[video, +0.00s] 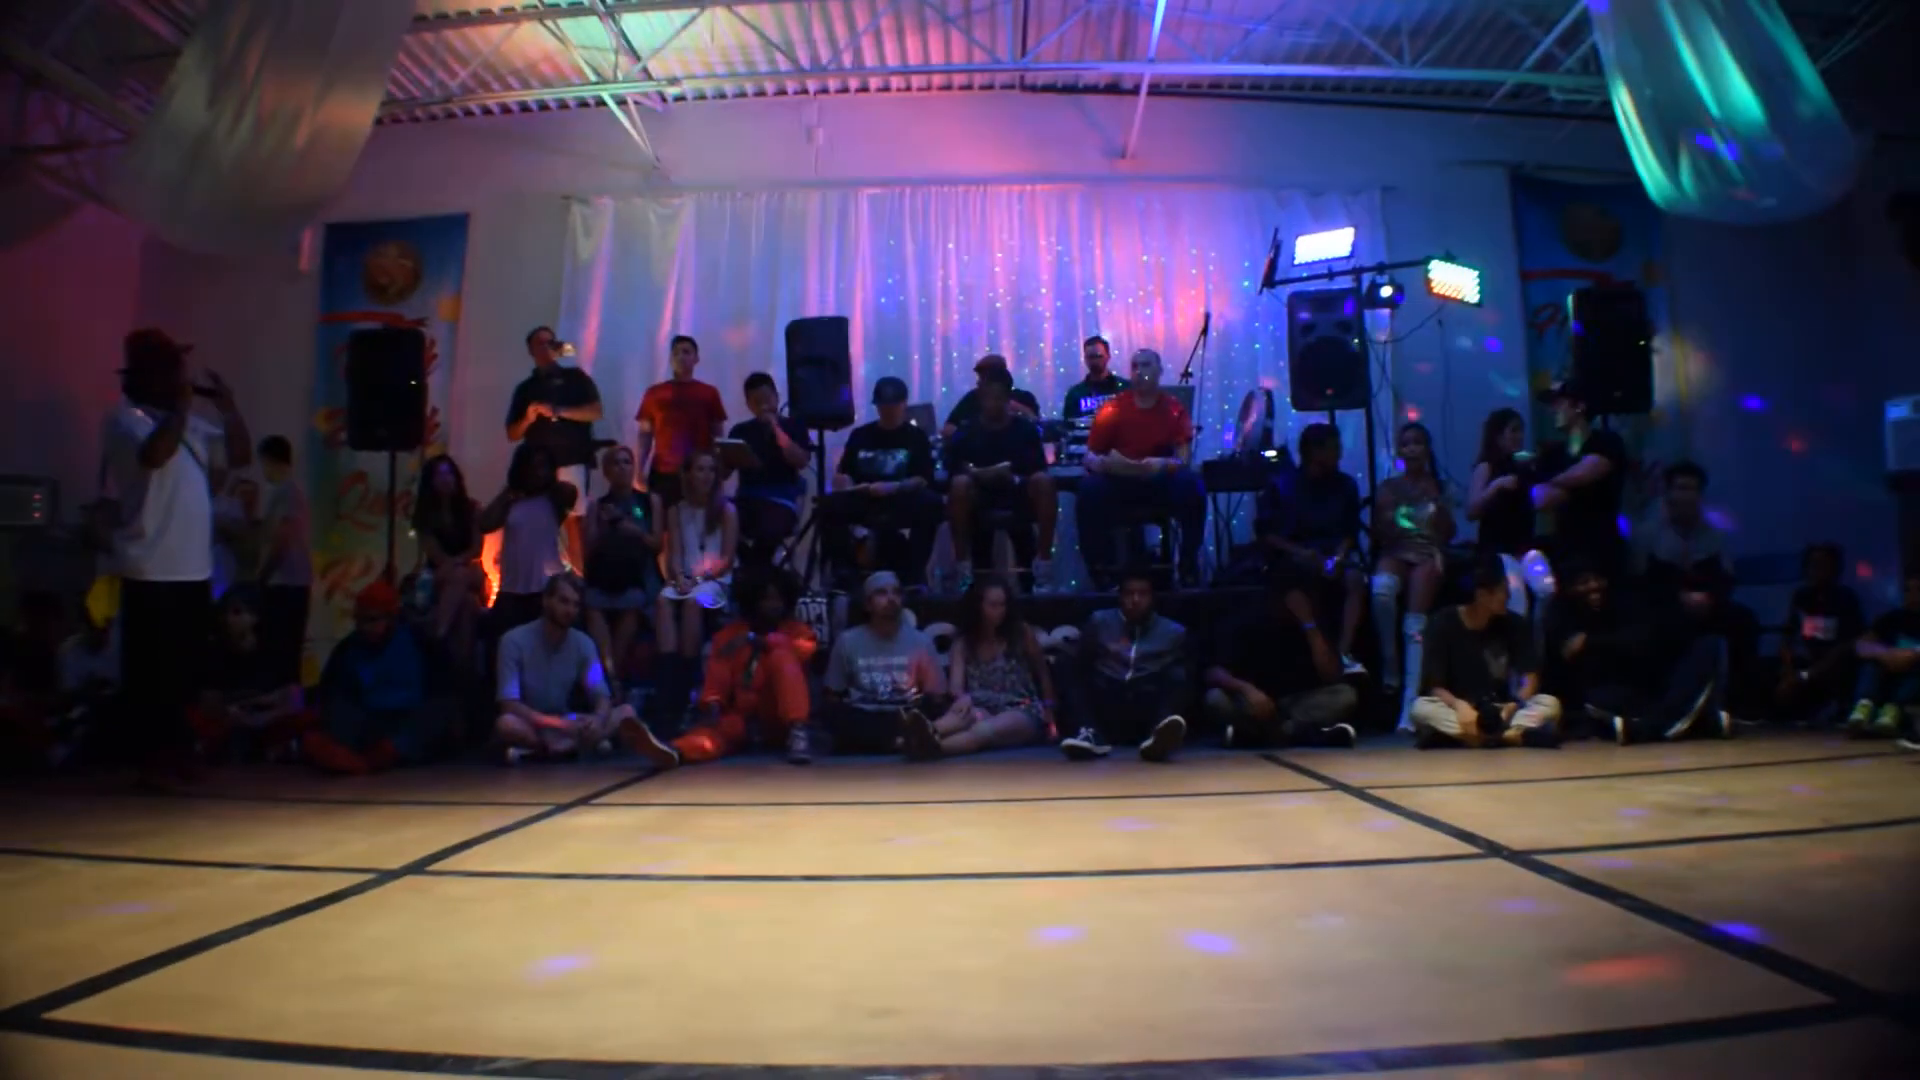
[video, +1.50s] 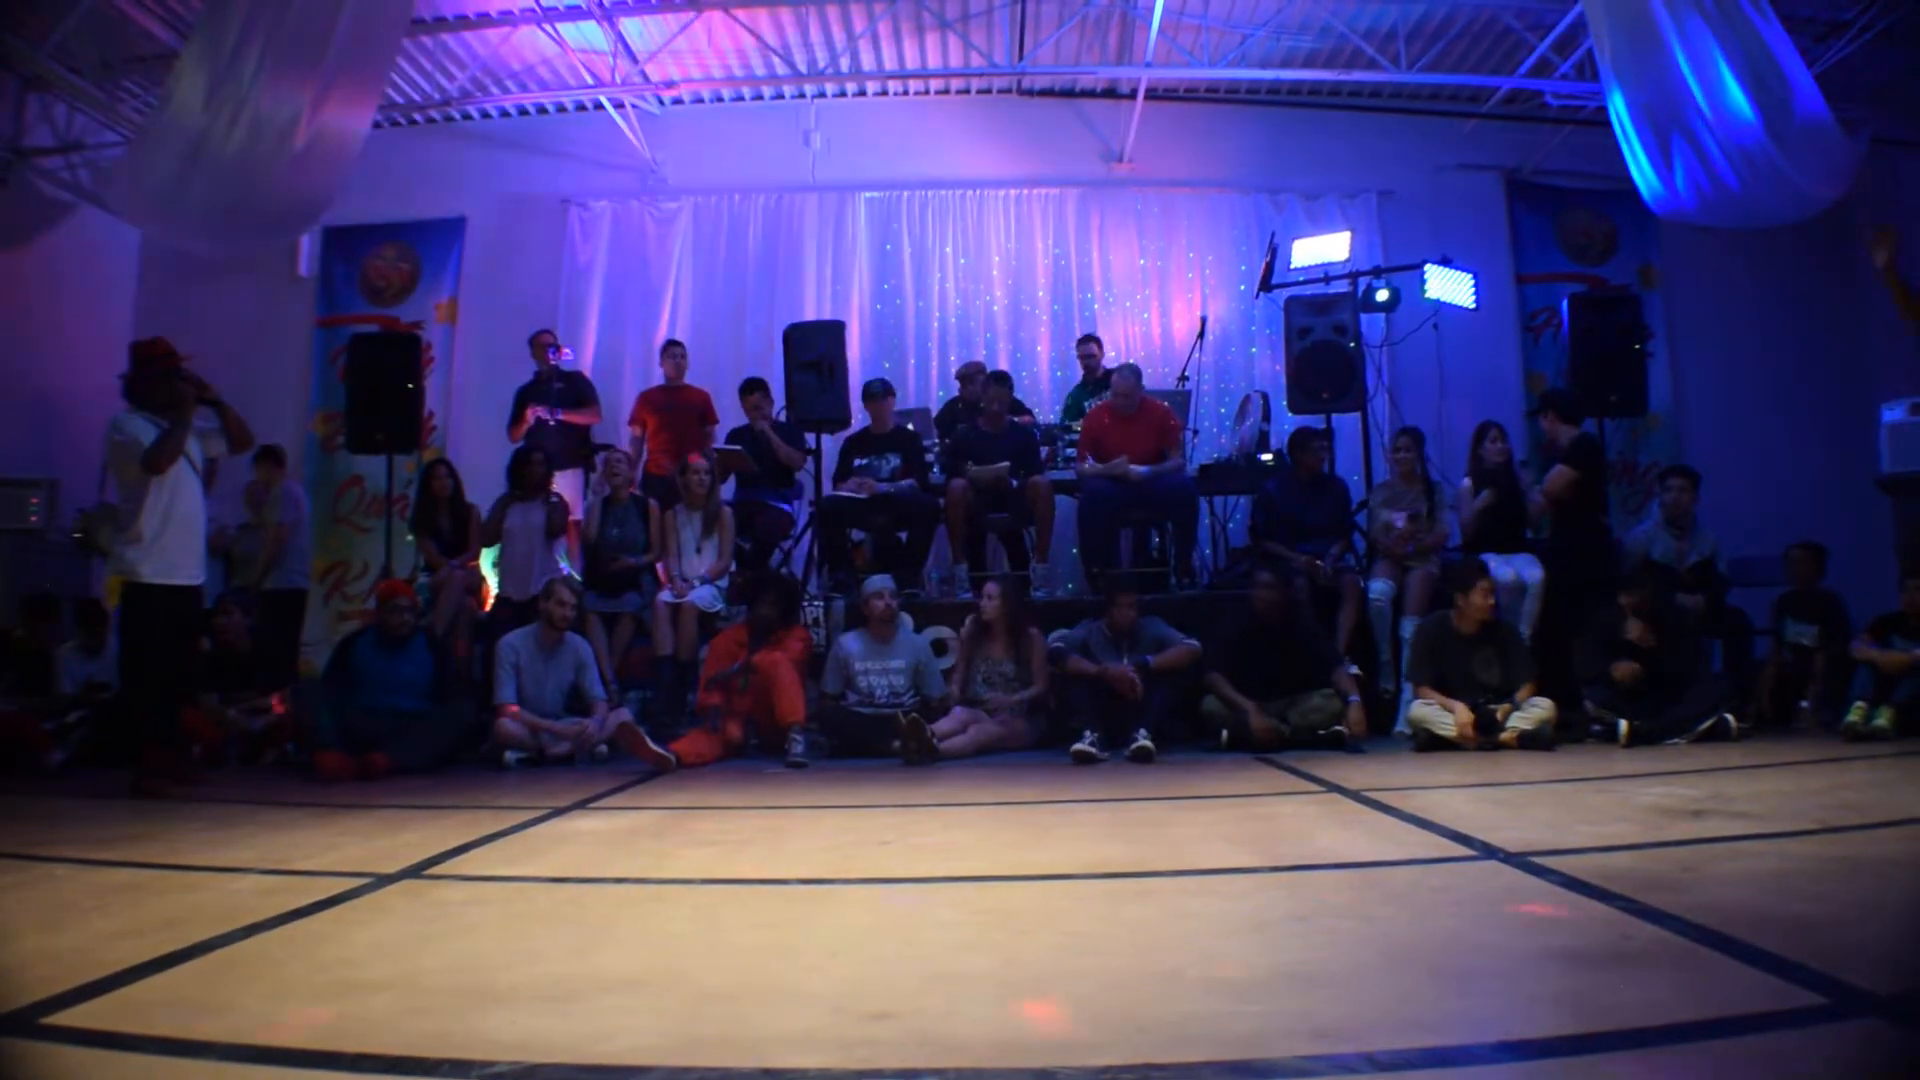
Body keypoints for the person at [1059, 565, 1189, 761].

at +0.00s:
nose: (1135, 600)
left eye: (1142, 594)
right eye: (1129, 594)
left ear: (1151, 598)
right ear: (1120, 598)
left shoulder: (1173, 633)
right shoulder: (1100, 623)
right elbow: (1083, 663)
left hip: (1148, 703)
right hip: (1104, 701)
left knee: (1177, 678)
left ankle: (1158, 736)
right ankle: (1089, 732)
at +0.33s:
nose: (1155, 596)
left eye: (1157, 589)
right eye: (1147, 589)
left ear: (1163, 593)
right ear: (1130, 594)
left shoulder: (1177, 633)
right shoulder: (1104, 629)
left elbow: (1184, 665)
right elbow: (1089, 665)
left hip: (1154, 697)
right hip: (1113, 696)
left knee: (1176, 669)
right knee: (1090, 666)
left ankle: (1160, 738)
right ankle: (1098, 731)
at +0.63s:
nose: (1146, 597)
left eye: (1148, 591)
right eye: (1139, 591)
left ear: (1153, 594)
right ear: (1122, 597)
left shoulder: (1169, 628)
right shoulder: (1101, 630)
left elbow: (1190, 660)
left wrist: (1168, 645)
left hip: (1152, 699)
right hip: (1113, 699)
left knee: (1177, 671)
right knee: (1090, 668)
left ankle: (1159, 736)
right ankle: (1098, 732)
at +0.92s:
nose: (1147, 602)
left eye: (1146, 595)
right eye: (1139, 596)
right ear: (1120, 604)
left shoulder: (1156, 622)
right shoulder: (1095, 626)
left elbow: (1188, 637)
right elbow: (1060, 644)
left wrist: (1152, 638)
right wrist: (1081, 656)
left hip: (1144, 695)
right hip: (1104, 694)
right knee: (1085, 667)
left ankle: (1146, 730)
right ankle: (1092, 733)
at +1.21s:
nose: (1136, 613)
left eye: (1136, 606)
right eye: (1129, 608)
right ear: (1109, 616)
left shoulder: (1148, 626)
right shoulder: (1088, 634)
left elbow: (1187, 646)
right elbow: (1053, 654)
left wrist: (1136, 665)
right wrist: (1104, 679)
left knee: (1166, 665)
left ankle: (1142, 733)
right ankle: (1092, 735)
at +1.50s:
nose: (1128, 614)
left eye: (1132, 607)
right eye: (1122, 608)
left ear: (1138, 609)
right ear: (1109, 609)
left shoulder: (1150, 628)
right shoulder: (1091, 631)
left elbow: (1192, 649)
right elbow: (1055, 651)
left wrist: (1143, 665)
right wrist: (1105, 673)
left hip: (1143, 705)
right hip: (1103, 706)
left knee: (1165, 672)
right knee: (1079, 672)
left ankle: (1143, 734)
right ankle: (1091, 736)